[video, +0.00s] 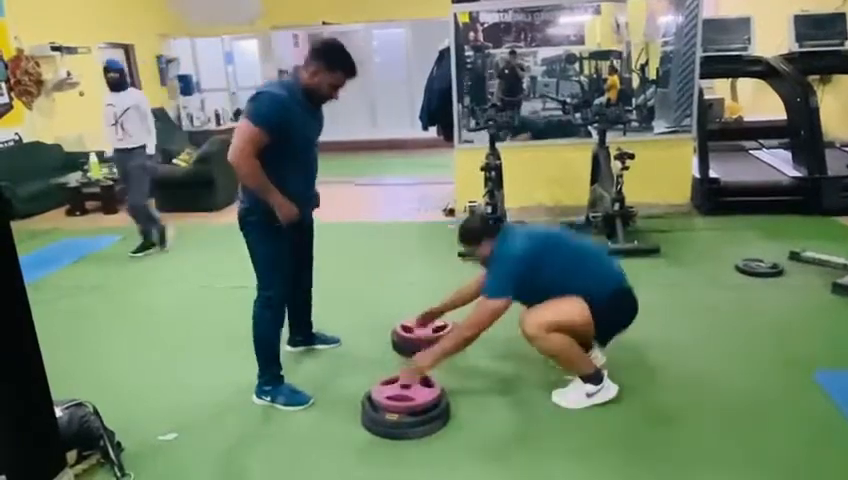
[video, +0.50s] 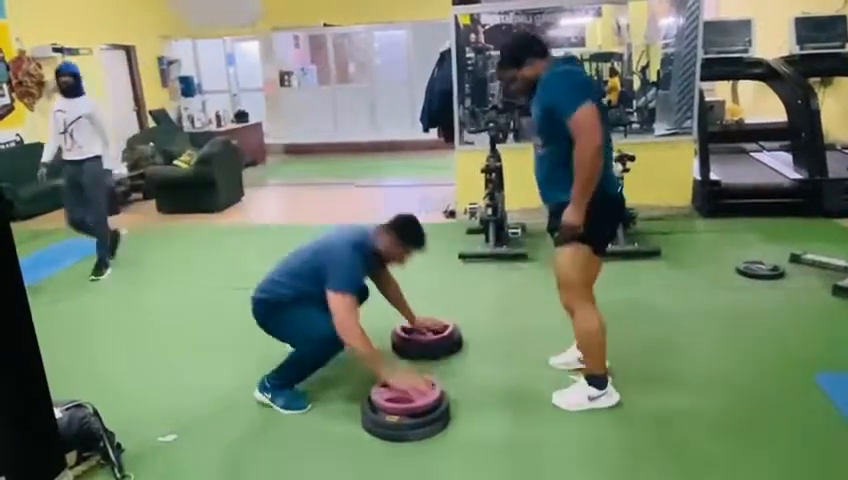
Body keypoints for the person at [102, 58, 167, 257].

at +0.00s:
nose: (111, 80)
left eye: (115, 76)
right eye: (108, 77)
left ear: (123, 76)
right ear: (105, 79)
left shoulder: (137, 97)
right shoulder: (109, 100)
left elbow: (151, 124)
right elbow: (110, 127)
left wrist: (150, 150)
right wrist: (110, 150)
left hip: (138, 150)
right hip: (120, 152)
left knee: (136, 201)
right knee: (134, 200)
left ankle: (158, 227)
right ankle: (147, 237)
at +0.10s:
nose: (102, 81)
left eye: (105, 76)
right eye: (98, 77)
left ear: (114, 77)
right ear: (95, 79)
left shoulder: (130, 100)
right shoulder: (99, 102)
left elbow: (144, 127)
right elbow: (101, 128)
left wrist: (148, 152)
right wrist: (99, 150)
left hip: (130, 151)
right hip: (110, 153)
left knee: (125, 200)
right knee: (128, 199)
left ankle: (136, 242)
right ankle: (146, 238)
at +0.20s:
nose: (93, 83)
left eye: (97, 79)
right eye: (90, 80)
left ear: (106, 79)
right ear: (86, 82)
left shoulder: (121, 103)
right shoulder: (89, 105)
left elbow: (137, 131)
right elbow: (87, 134)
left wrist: (145, 156)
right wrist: (76, 156)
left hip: (122, 156)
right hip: (103, 159)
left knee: (118, 203)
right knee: (123, 200)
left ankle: (111, 252)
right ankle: (146, 238)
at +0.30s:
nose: (84, 83)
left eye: (88, 79)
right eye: (81, 80)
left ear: (96, 80)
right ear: (77, 82)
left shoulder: (112, 104)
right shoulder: (78, 107)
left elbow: (130, 133)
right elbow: (71, 134)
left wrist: (139, 160)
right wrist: (61, 160)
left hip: (112, 160)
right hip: (92, 162)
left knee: (108, 209)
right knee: (113, 206)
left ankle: (104, 257)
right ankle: (142, 237)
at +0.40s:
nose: (75, 83)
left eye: (78, 79)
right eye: (71, 80)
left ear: (88, 79)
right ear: (67, 83)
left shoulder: (101, 103)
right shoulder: (67, 106)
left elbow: (119, 135)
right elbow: (61, 134)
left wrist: (124, 164)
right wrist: (51, 160)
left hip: (101, 159)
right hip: (81, 162)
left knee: (101, 209)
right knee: (94, 210)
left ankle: (103, 259)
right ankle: (130, 233)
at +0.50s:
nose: (65, 83)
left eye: (69, 79)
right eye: (61, 79)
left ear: (77, 80)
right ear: (57, 83)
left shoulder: (89, 105)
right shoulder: (58, 108)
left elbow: (107, 137)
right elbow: (54, 137)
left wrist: (110, 166)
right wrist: (45, 162)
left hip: (92, 162)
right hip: (70, 164)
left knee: (97, 212)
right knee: (75, 217)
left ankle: (103, 259)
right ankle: (109, 235)